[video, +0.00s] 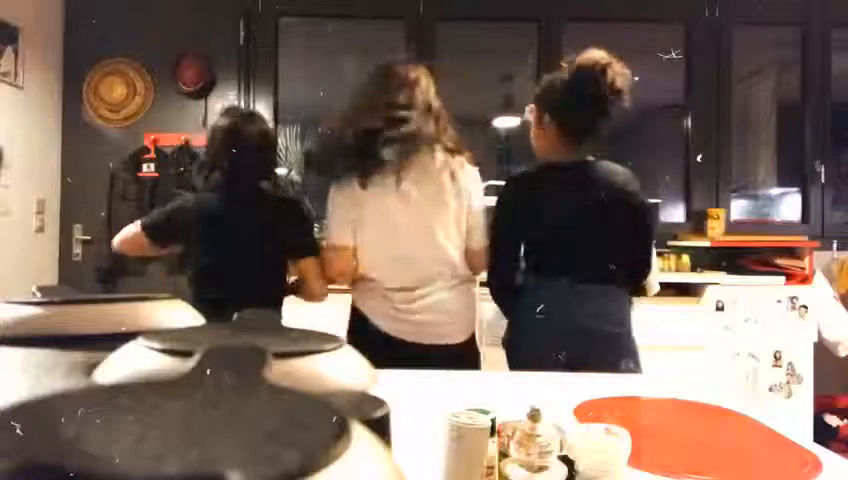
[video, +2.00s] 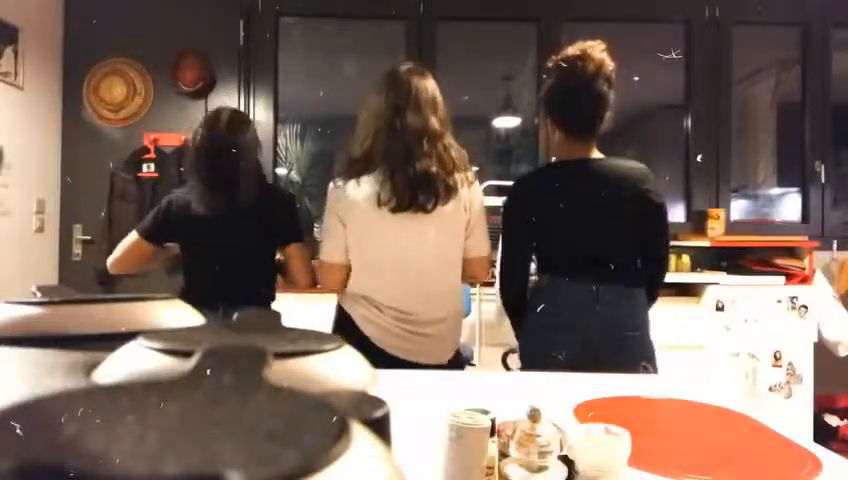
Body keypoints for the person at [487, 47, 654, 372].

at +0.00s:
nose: (531, 131)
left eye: (533, 122)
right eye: (531, 122)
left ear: (548, 124)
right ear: (591, 122)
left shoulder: (522, 188)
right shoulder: (624, 184)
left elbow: (500, 275)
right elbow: (638, 271)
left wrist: (525, 316)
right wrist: (611, 296)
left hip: (541, 316)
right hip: (608, 313)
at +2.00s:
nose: (542, 123)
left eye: (543, 114)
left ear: (550, 120)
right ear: (603, 116)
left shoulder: (530, 188)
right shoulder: (638, 179)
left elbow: (511, 282)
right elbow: (656, 268)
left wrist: (531, 335)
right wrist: (630, 312)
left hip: (555, 312)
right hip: (624, 312)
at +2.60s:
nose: (545, 121)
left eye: (546, 112)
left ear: (551, 116)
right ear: (604, 114)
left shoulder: (529, 187)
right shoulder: (636, 180)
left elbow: (512, 278)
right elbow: (655, 266)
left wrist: (526, 334)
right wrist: (627, 310)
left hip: (555, 318)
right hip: (625, 316)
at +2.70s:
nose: (546, 124)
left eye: (546, 115)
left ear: (551, 120)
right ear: (605, 117)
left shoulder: (531, 190)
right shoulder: (637, 185)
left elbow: (510, 285)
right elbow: (651, 274)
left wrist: (524, 342)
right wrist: (627, 321)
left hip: (552, 329)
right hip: (623, 329)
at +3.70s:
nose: (545, 124)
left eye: (547, 114)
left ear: (553, 117)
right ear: (607, 117)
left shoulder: (531, 191)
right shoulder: (638, 188)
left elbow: (509, 281)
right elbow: (653, 281)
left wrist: (507, 348)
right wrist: (635, 335)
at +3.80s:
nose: (546, 125)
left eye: (547, 115)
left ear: (553, 118)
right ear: (606, 117)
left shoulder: (531, 191)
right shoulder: (639, 187)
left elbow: (515, 279)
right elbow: (652, 281)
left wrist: (509, 350)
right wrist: (638, 340)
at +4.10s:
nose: (547, 132)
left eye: (547, 123)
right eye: (548, 123)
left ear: (555, 125)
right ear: (606, 121)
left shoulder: (536, 196)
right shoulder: (641, 192)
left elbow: (515, 283)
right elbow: (653, 282)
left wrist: (501, 354)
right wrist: (641, 339)